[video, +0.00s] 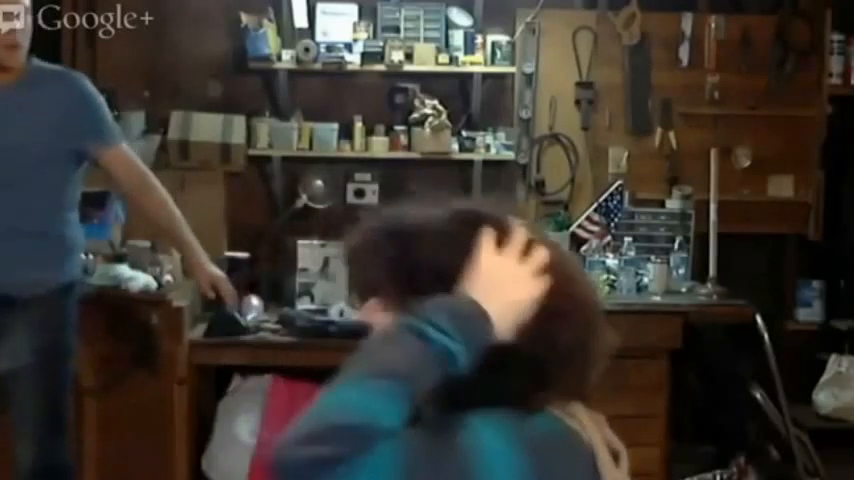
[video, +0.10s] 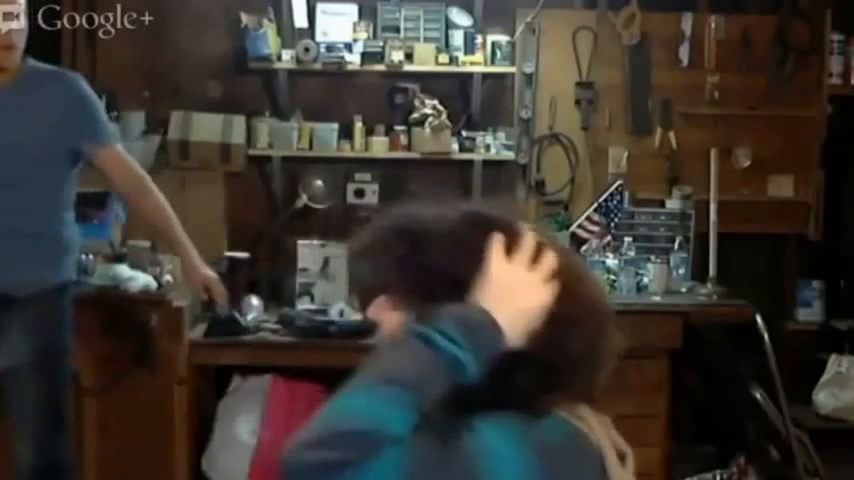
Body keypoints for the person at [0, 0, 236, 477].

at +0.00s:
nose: (12, 27)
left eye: (19, 14)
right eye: (3, 15)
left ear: (32, 20)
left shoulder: (67, 94)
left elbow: (139, 183)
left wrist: (197, 259)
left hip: (40, 290)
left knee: (39, 437)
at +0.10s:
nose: (10, 26)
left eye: (16, 14)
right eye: (2, 16)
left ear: (28, 21)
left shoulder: (62, 93)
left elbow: (134, 184)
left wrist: (192, 259)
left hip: (37, 288)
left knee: (37, 431)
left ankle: (44, 471)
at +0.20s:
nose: (10, 26)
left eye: (15, 15)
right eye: (3, 15)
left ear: (24, 21)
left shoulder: (57, 93)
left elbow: (129, 184)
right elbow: (128, 183)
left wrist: (184, 260)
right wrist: (185, 262)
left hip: (33, 286)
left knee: (35, 418)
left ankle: (43, 469)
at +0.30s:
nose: (8, 25)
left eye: (11, 14)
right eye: (3, 14)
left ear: (19, 21)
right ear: (1, 24)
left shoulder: (51, 93)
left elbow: (119, 180)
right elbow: (120, 180)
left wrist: (177, 259)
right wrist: (178, 260)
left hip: (28, 290)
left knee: (34, 436)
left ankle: (43, 468)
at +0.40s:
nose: (6, 25)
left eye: (9, 16)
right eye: (3, 15)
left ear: (17, 23)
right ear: (4, 24)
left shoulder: (48, 93)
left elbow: (117, 183)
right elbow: (117, 183)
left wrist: (172, 261)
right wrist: (173, 261)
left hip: (26, 289)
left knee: (34, 432)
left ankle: (44, 466)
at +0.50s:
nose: (6, 24)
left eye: (7, 17)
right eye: (3, 17)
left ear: (12, 25)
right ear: (7, 27)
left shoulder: (42, 93)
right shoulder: (41, 93)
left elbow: (108, 181)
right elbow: (109, 182)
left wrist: (168, 266)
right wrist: (169, 267)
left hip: (22, 284)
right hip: (18, 284)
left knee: (30, 418)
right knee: (29, 416)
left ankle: (41, 465)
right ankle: (40, 464)